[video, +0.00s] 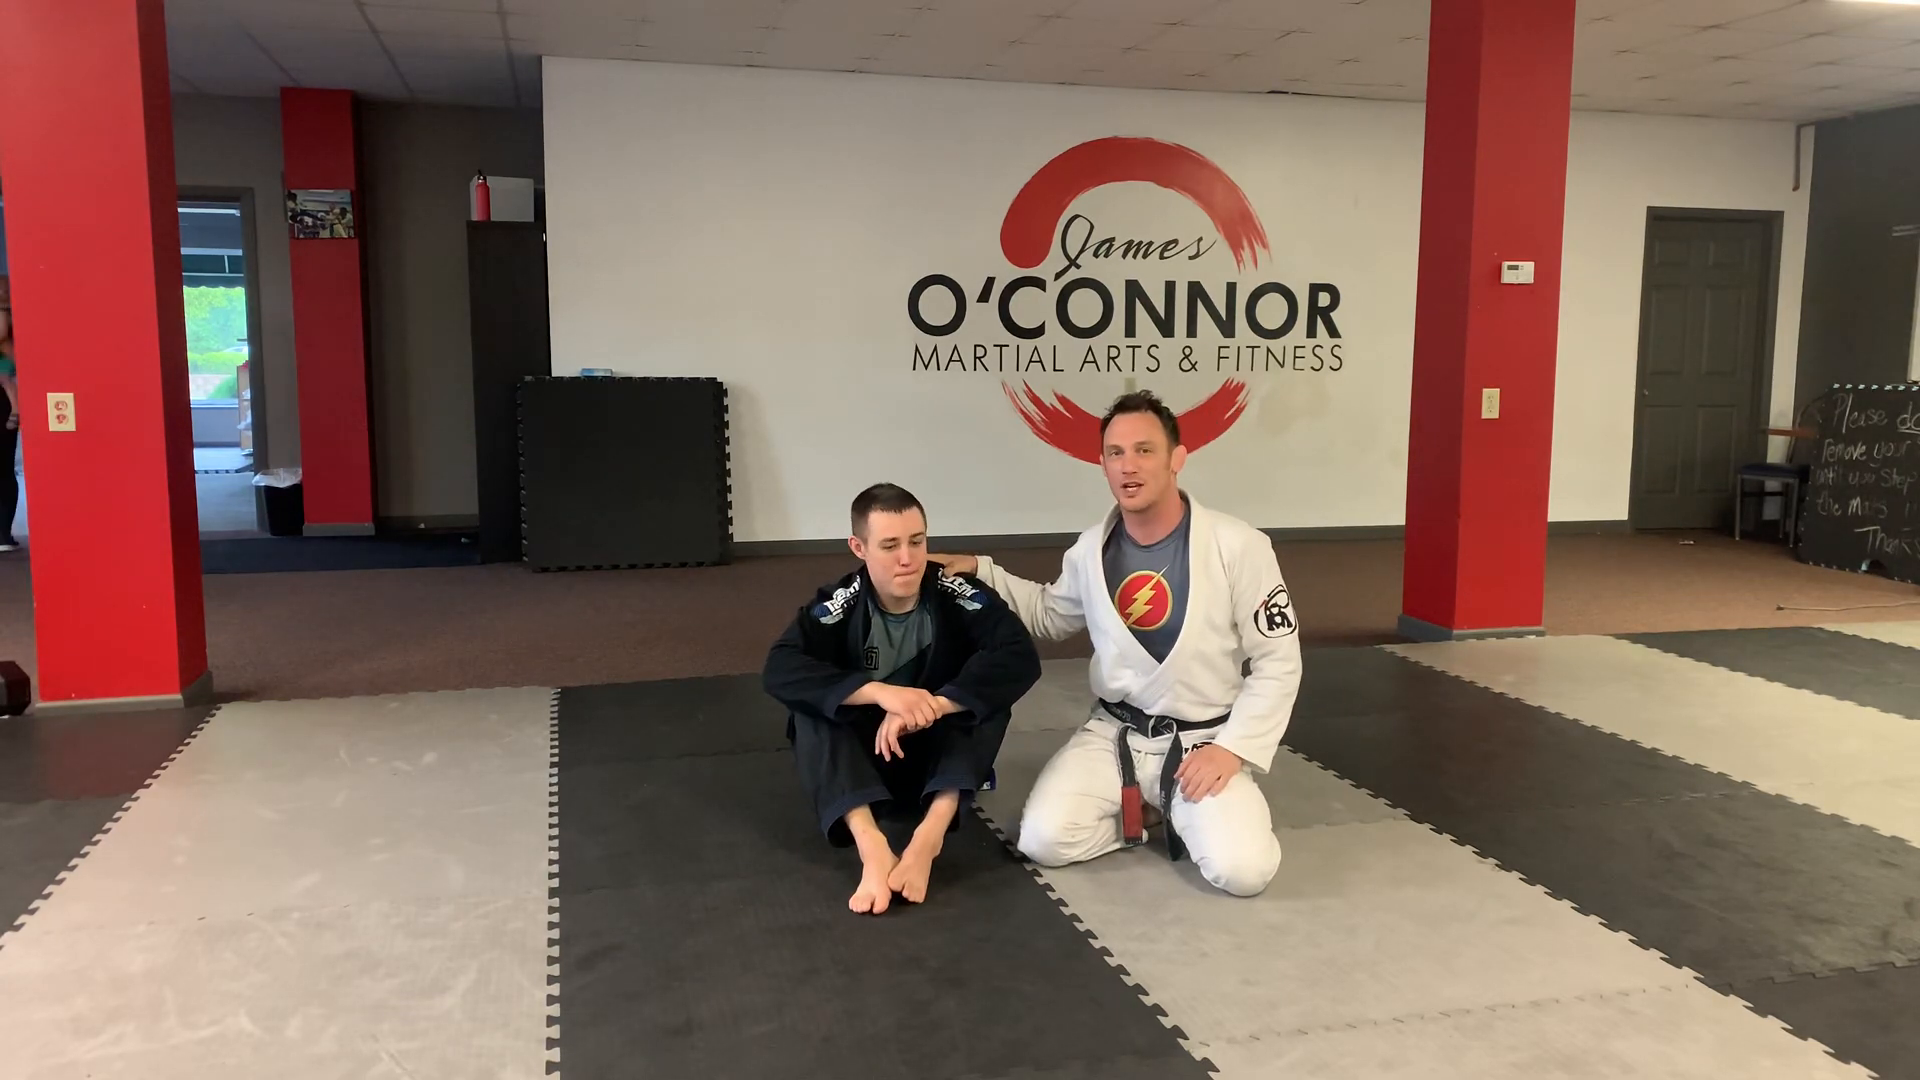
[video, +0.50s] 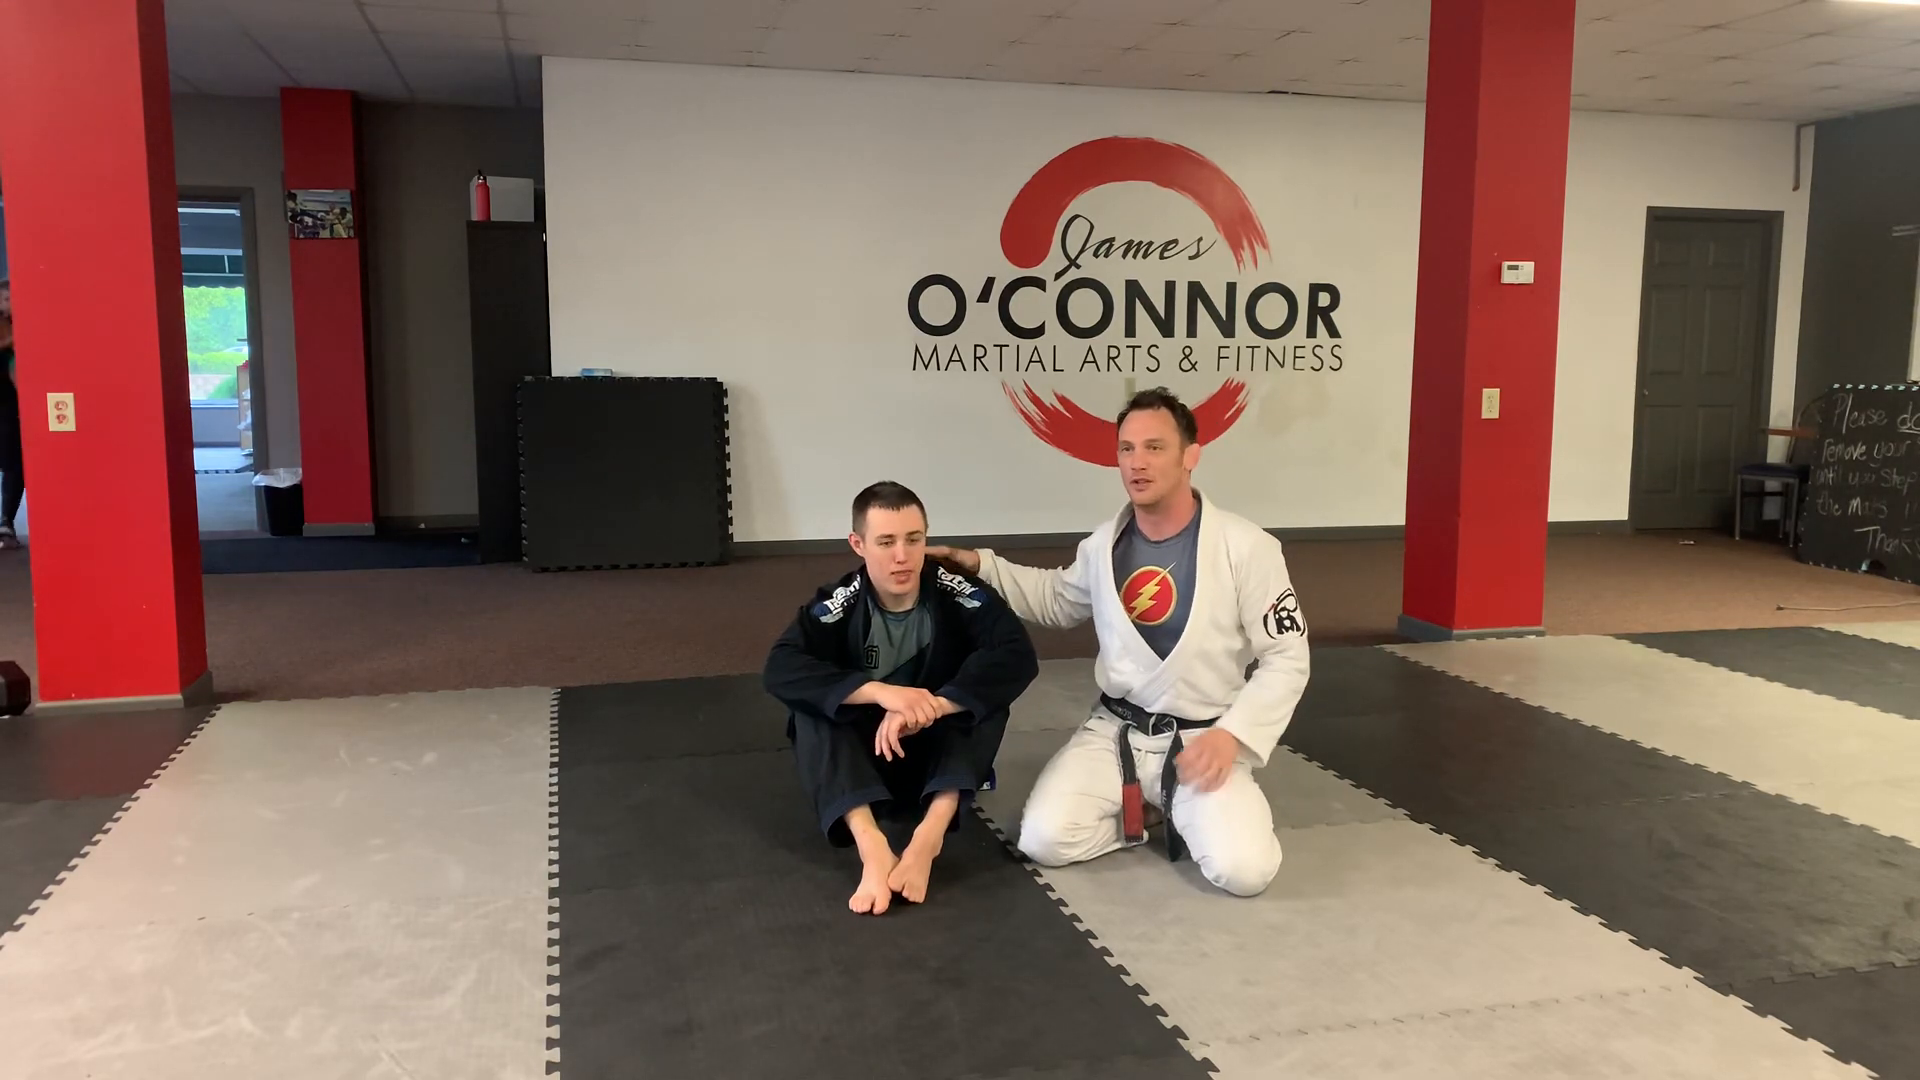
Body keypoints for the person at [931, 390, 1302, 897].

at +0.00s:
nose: (1127, 467)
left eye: (1144, 450)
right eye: (1115, 453)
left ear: (1176, 460)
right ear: (1102, 464)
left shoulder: (1239, 548)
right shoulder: (1089, 552)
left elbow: (1278, 661)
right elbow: (1050, 616)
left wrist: (1230, 749)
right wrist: (979, 568)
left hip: (1207, 739)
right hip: (1114, 732)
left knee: (1245, 871)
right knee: (1044, 841)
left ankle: (1186, 804)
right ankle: (1152, 810)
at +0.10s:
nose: (1129, 466)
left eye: (1145, 450)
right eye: (1116, 452)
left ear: (1178, 459)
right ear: (1104, 465)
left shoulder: (1240, 548)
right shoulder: (1091, 552)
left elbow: (1279, 661)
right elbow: (1050, 616)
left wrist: (1231, 749)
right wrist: (980, 568)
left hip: (1207, 739)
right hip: (1114, 732)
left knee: (1245, 871)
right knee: (1045, 841)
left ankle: (1187, 802)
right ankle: (1154, 809)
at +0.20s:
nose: (1132, 465)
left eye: (1148, 450)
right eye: (1119, 452)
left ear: (1181, 458)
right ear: (1106, 464)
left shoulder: (1242, 548)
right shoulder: (1092, 552)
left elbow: (1280, 662)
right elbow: (1051, 616)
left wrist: (1232, 749)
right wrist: (980, 568)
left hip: (1208, 738)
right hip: (1115, 731)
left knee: (1245, 871)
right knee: (1045, 841)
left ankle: (1186, 803)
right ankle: (1155, 809)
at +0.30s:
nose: (1135, 465)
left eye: (1150, 449)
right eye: (1122, 452)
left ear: (1184, 457)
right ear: (1109, 463)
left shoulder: (1243, 548)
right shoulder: (1094, 550)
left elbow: (1280, 662)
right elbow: (1052, 614)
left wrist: (1232, 749)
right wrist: (980, 568)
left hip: (1208, 739)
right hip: (1115, 731)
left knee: (1245, 871)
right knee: (1045, 841)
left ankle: (1186, 803)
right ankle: (1154, 808)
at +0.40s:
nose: (1136, 464)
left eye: (1152, 448)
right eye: (1125, 450)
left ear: (1188, 457)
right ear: (1112, 462)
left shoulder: (1245, 548)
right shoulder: (1098, 549)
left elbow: (1283, 662)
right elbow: (1055, 608)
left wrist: (1233, 748)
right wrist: (980, 566)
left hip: (1208, 739)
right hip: (1115, 730)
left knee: (1245, 871)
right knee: (1045, 841)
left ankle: (1185, 803)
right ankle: (1153, 809)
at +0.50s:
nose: (1137, 463)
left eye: (1153, 447)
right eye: (1127, 449)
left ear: (1190, 457)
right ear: (1116, 459)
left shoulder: (1246, 548)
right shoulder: (1102, 547)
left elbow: (1287, 657)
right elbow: (1057, 602)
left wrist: (1231, 734)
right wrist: (975, 563)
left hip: (1206, 737)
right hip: (1114, 729)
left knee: (1247, 872)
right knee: (1045, 840)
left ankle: (1186, 803)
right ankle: (1151, 809)